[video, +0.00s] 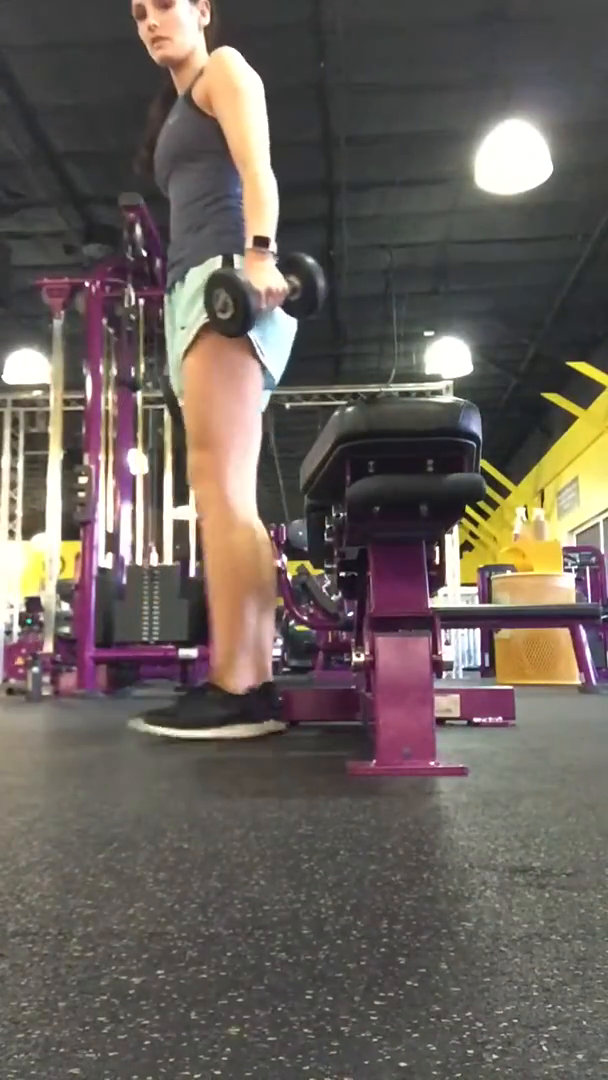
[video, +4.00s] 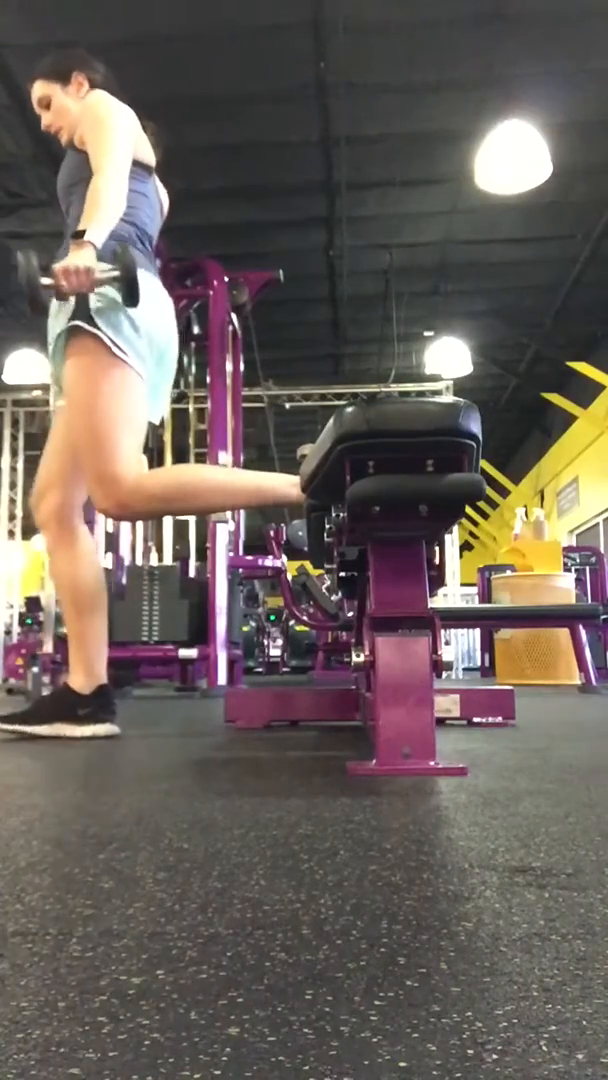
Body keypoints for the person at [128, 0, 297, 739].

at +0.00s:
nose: (150, 22)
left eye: (163, 8)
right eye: (140, 13)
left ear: (200, 11)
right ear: (139, 25)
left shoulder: (223, 67)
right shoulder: (183, 101)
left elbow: (255, 164)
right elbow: (198, 212)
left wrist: (259, 253)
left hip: (224, 284)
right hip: (202, 290)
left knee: (221, 491)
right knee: (224, 493)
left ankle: (236, 685)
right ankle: (248, 681)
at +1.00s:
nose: (47, 30)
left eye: (61, 16)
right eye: (38, 21)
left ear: (100, 25)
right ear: (38, 38)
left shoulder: (112, 76)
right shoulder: (90, 103)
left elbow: (150, 165)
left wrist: (131, 244)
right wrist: (92, 280)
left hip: (133, 292)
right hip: (165, 300)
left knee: (44, 461)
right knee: (117, 501)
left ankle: (185, 604)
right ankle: (110, 689)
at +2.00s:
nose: (60, 53)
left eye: (74, 40)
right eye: (54, 45)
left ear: (112, 50)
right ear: (58, 60)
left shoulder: (116, 91)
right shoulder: (99, 116)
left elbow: (135, 166)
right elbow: (108, 214)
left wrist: (124, 238)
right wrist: (74, 282)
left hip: (119, 298)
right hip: (110, 303)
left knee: (117, 487)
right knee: (100, 505)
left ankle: (305, 490)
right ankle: (112, 690)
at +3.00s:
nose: (70, 37)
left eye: (84, 23)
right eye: (60, 27)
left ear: (121, 36)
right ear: (57, 42)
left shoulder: (120, 91)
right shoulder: (92, 108)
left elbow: (132, 179)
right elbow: (93, 208)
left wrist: (95, 266)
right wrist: (70, 277)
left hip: (110, 301)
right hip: (85, 307)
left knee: (116, 493)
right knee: (51, 504)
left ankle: (304, 494)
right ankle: (81, 690)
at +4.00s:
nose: (46, 123)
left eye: (46, 106)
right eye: (39, 115)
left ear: (79, 83)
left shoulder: (103, 108)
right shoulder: (130, 152)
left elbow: (109, 182)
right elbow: (151, 207)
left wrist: (86, 244)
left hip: (116, 297)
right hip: (135, 311)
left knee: (118, 489)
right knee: (56, 502)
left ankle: (310, 488)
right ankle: (86, 689)